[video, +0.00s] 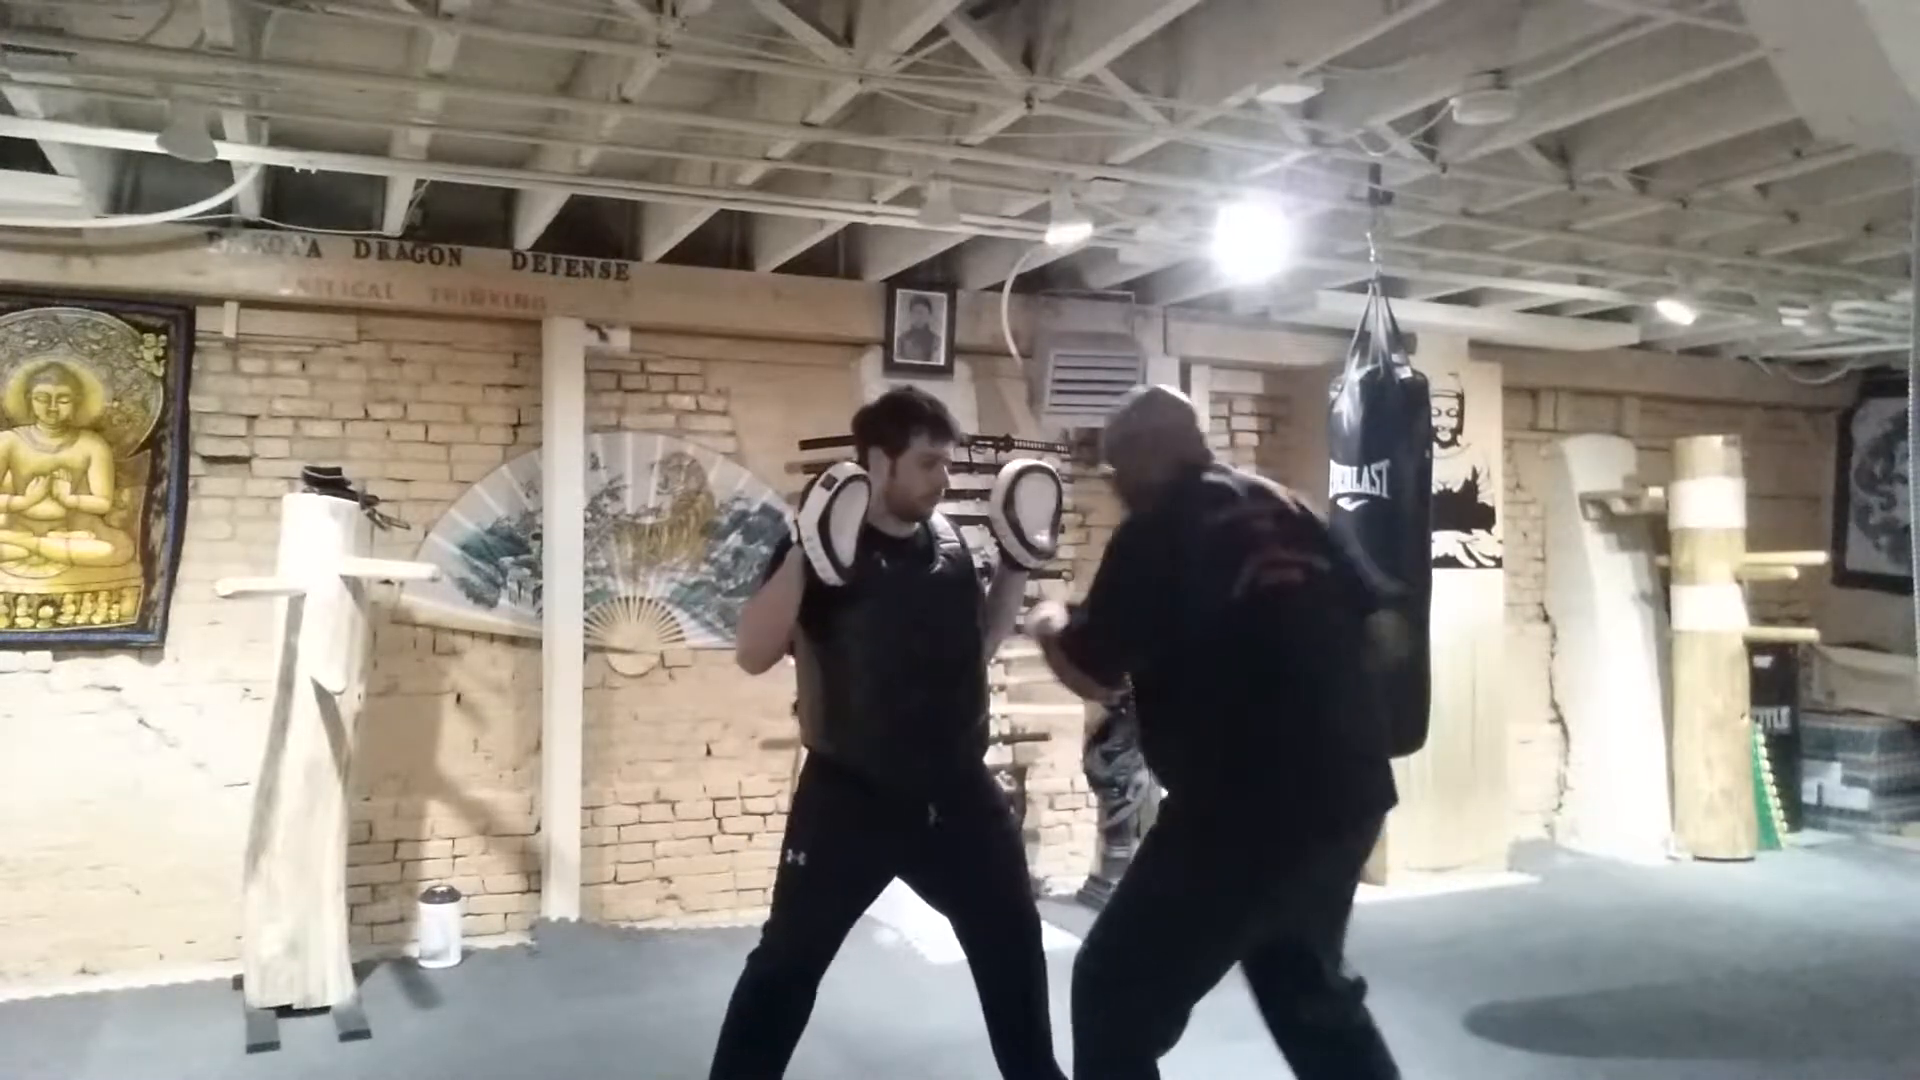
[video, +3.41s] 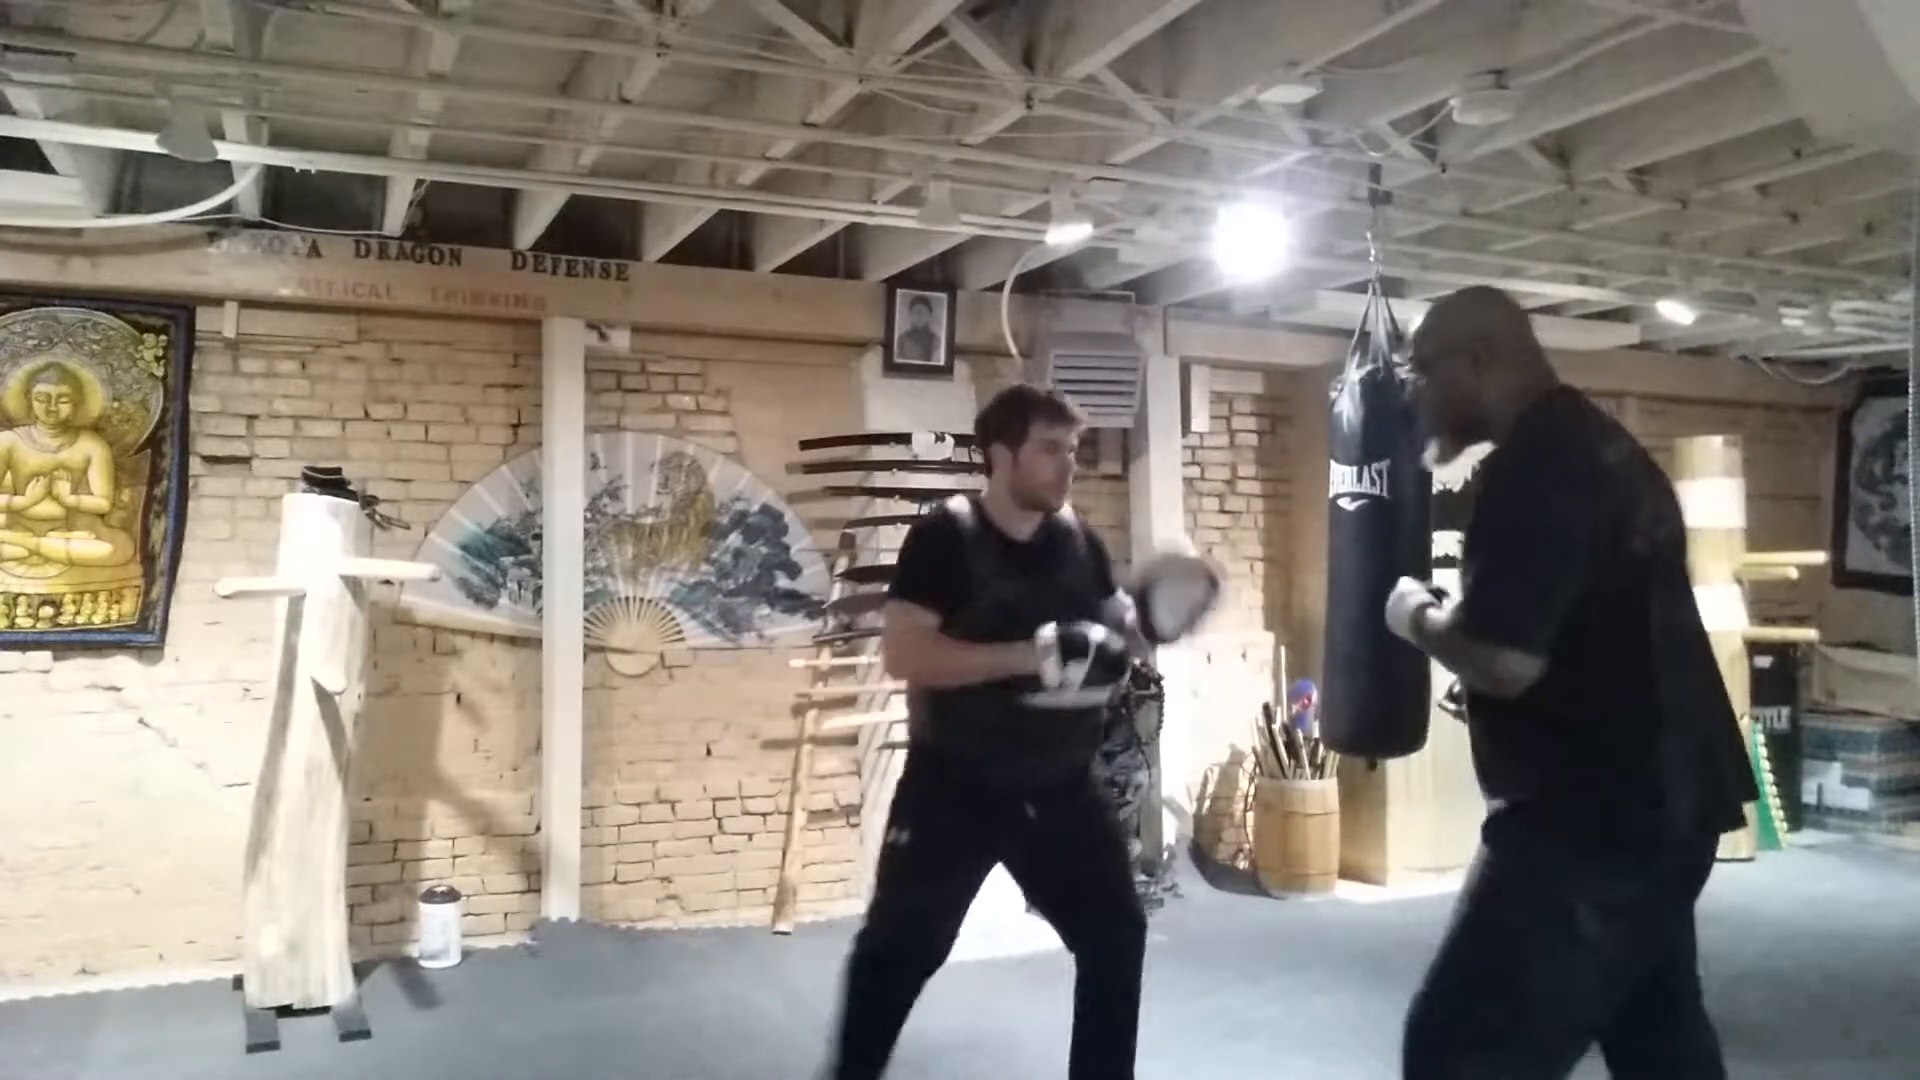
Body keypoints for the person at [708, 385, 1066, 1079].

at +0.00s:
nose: (944, 480)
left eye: (948, 464)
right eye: (931, 463)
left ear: (945, 463)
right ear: (877, 462)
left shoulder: (952, 539)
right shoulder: (815, 545)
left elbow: (977, 645)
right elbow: (753, 652)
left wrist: (1016, 562)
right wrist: (808, 551)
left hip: (954, 794)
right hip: (848, 797)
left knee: (1013, 946)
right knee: (786, 966)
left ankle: (1035, 1077)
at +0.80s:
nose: (970, 460)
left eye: (970, 445)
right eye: (955, 445)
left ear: (956, 455)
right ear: (904, 451)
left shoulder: (982, 532)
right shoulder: (855, 538)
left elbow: (1035, 615)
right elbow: (807, 647)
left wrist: (1078, 535)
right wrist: (879, 548)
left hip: (997, 790)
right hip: (890, 797)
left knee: (1058, 955)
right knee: (818, 965)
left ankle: (1051, 1075)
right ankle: (744, 1077)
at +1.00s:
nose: (1002, 459)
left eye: (1006, 446)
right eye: (992, 443)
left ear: (997, 453)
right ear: (943, 441)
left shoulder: (999, 533)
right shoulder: (897, 517)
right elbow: (898, 596)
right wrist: (980, 505)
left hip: (998, 788)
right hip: (904, 789)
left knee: (1054, 957)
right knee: (830, 959)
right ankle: (732, 1076)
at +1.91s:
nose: (967, 487)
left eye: (970, 471)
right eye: (957, 469)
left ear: (914, 466)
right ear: (904, 462)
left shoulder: (944, 550)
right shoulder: (830, 532)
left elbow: (961, 651)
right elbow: (820, 650)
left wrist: (1015, 598)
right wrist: (940, 578)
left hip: (940, 800)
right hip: (839, 802)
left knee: (1002, 963)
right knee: (773, 977)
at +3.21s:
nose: (1013, 482)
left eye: (1013, 468)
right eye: (996, 466)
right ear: (944, 470)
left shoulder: (1001, 567)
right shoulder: (882, 556)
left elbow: (1015, 659)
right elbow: (839, 674)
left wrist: (1054, 627)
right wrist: (963, 656)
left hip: (999, 813)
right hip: (894, 815)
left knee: (1077, 945)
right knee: (801, 976)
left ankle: (1089, 1076)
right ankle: (728, 1078)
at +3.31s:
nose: (1055, 481)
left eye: (1057, 467)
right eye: (1038, 465)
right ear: (984, 470)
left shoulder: (1053, 564)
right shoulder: (923, 553)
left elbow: (1077, 674)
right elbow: (885, 677)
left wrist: (1096, 670)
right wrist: (1001, 679)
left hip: (1041, 809)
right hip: (931, 808)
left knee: (1109, 946)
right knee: (855, 970)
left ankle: (1099, 1079)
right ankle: (793, 1076)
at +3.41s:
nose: (1071, 463)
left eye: (1074, 450)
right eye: (1054, 449)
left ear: (1073, 454)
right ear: (1000, 455)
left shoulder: (1078, 542)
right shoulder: (945, 533)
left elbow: (1114, 635)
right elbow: (903, 655)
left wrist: (1147, 624)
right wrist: (1034, 656)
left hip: (1060, 793)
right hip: (952, 791)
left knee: (1115, 938)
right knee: (895, 955)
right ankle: (853, 1073)